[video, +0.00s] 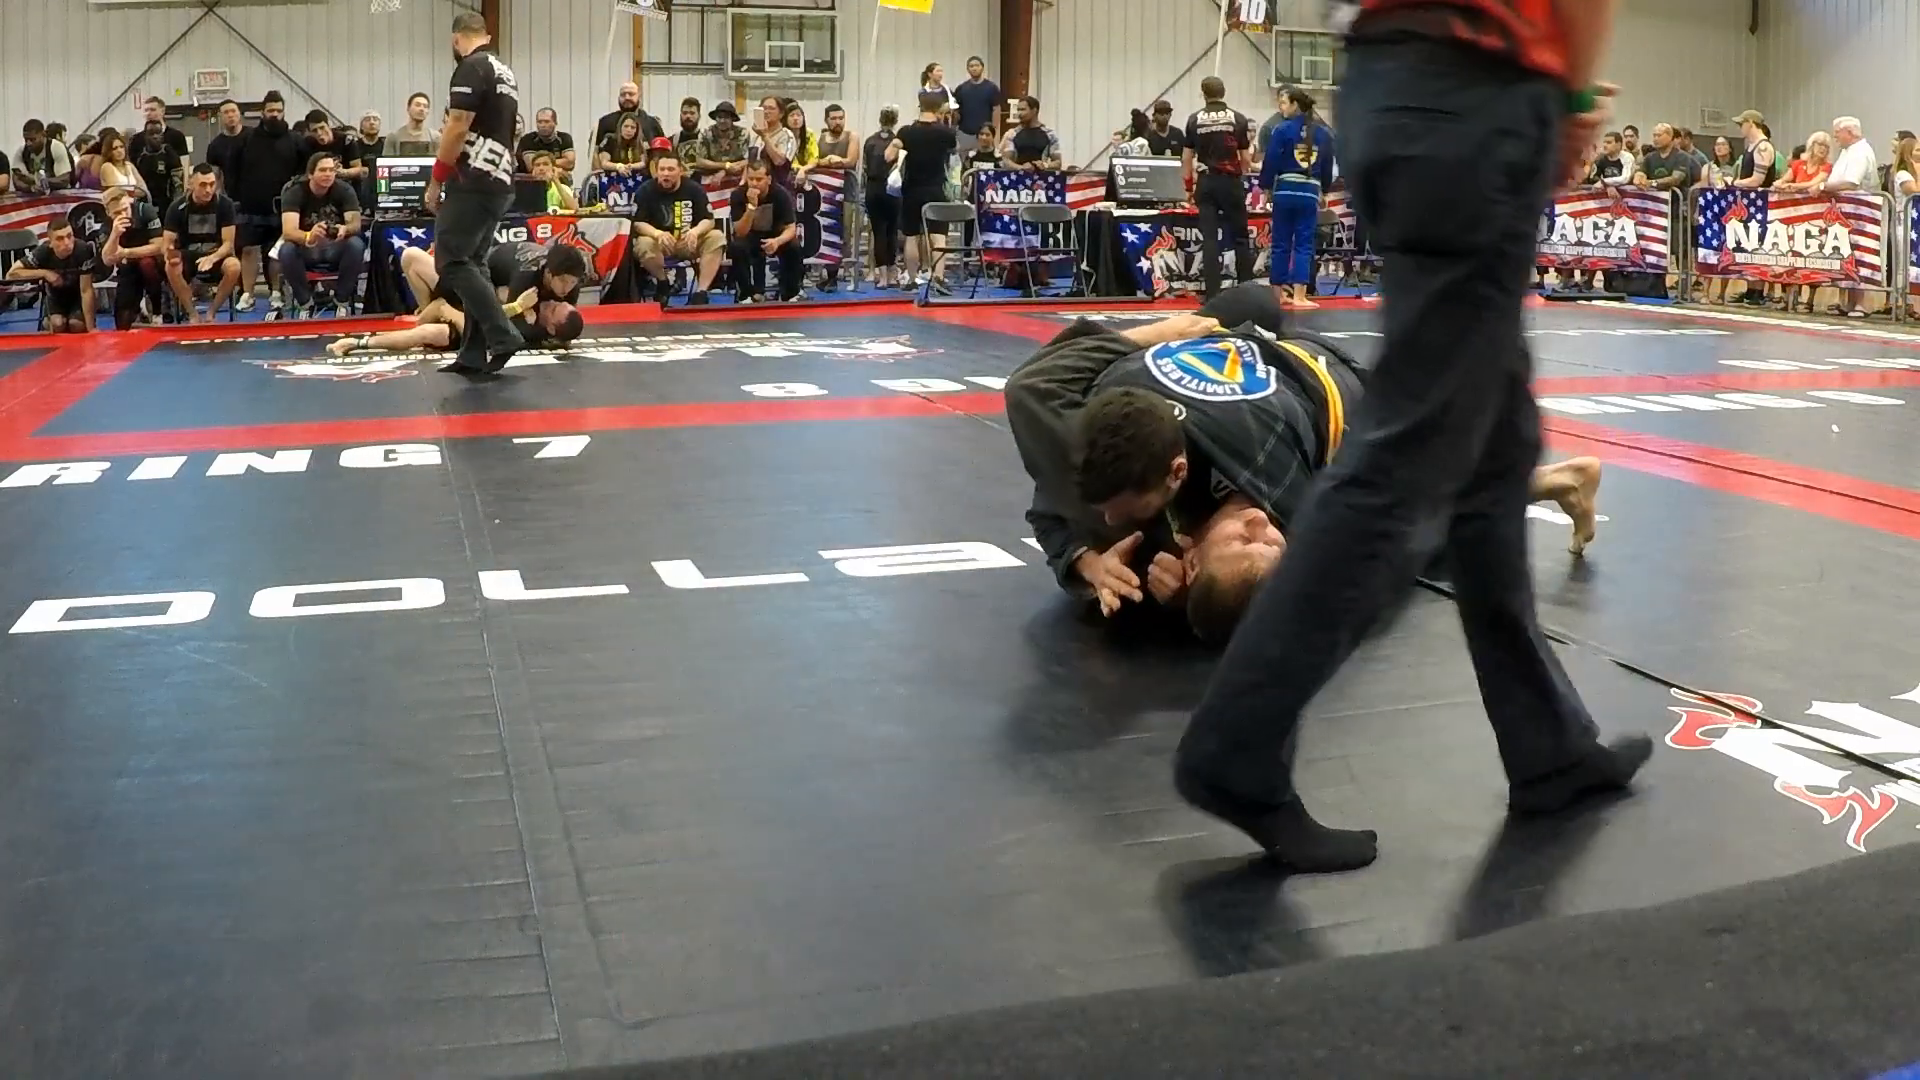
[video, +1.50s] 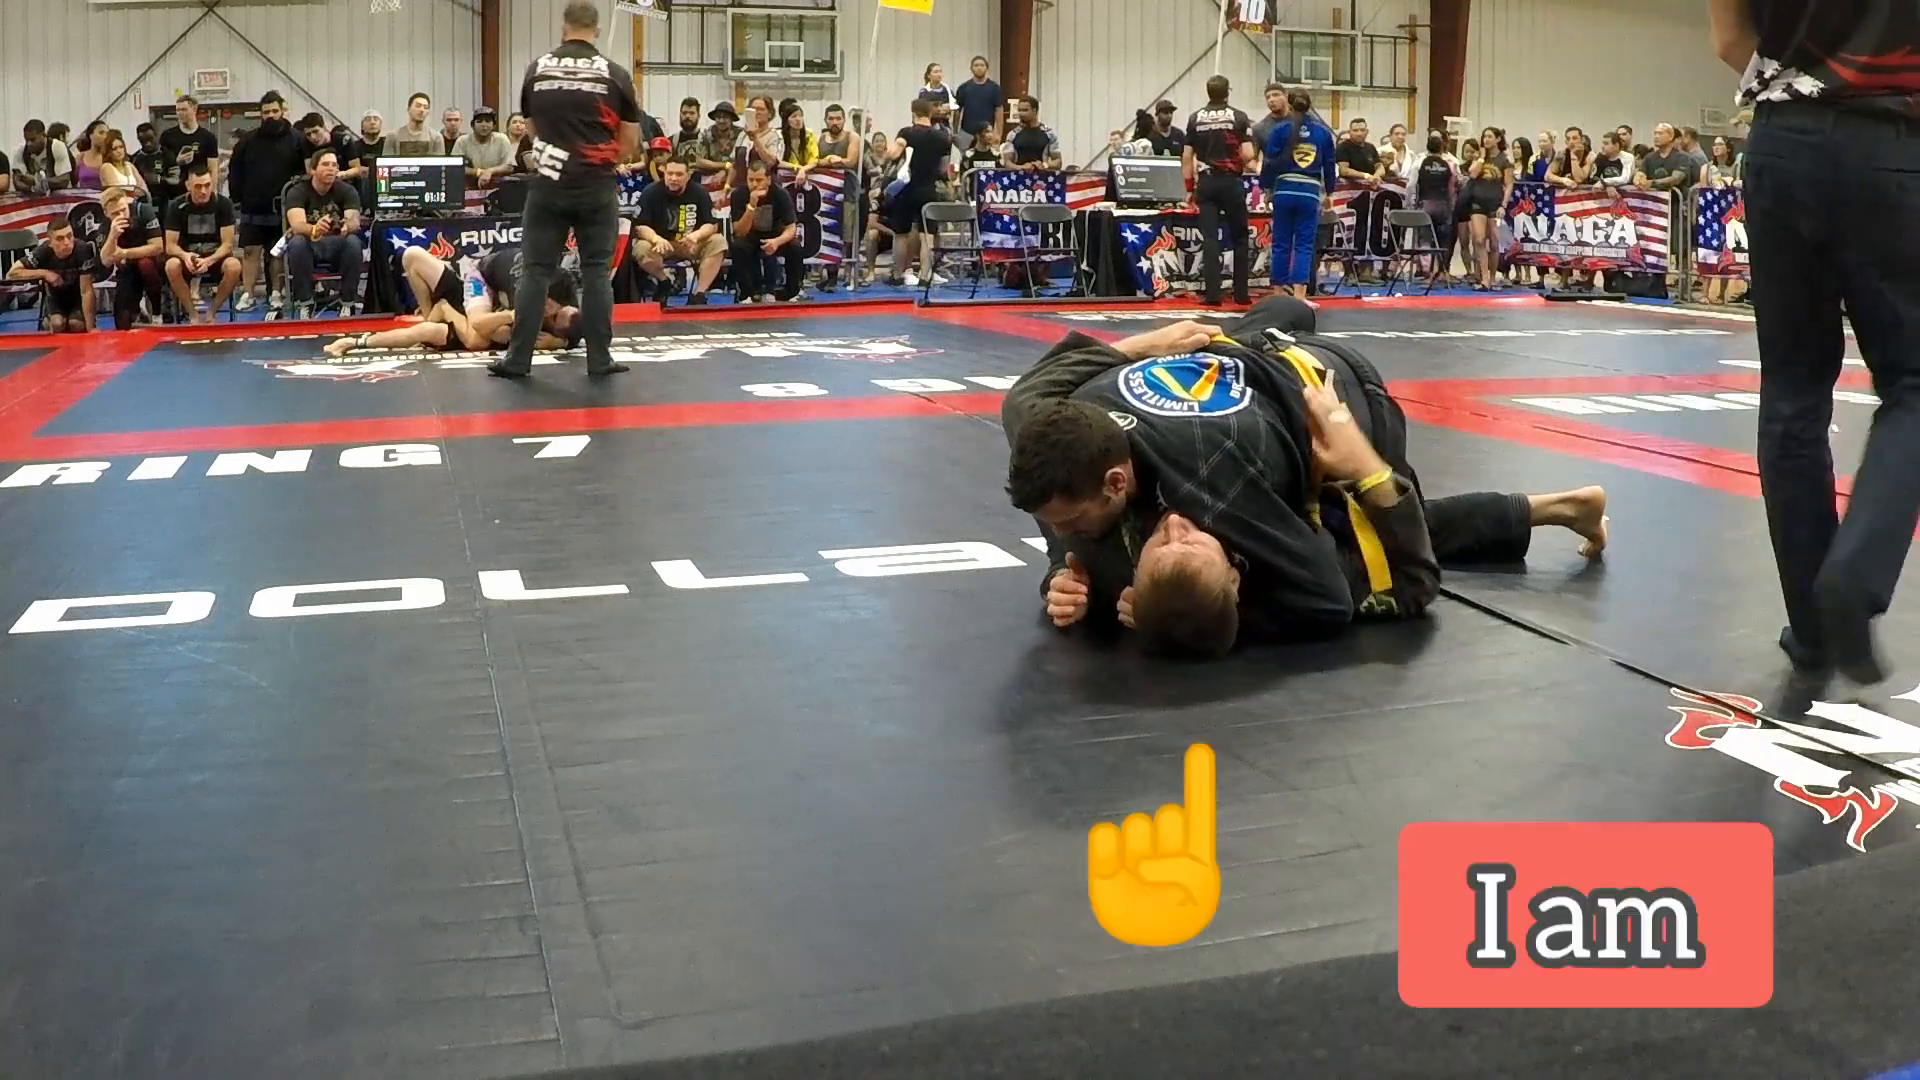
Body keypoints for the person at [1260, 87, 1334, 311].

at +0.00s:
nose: (1282, 108)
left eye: (1285, 104)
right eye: (1282, 103)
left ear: (1296, 106)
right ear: (1307, 107)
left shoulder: (1282, 129)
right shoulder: (1322, 132)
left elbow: (1271, 159)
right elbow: (1327, 164)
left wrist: (1265, 185)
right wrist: (1324, 190)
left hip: (1284, 189)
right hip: (1310, 191)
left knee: (1280, 241)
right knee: (1305, 242)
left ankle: (1278, 292)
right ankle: (1300, 295)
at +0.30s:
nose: (1283, 107)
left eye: (1286, 103)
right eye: (1284, 103)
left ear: (1295, 105)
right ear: (1308, 106)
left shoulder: (1283, 128)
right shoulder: (1324, 133)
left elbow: (1272, 161)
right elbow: (1328, 166)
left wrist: (1266, 187)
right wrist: (1326, 192)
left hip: (1284, 191)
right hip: (1311, 194)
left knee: (1281, 243)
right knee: (1305, 244)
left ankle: (1277, 294)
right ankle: (1300, 295)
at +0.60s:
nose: (1283, 107)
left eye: (1286, 103)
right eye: (1284, 103)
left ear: (1296, 105)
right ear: (1307, 106)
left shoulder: (1284, 128)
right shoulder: (1325, 133)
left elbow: (1273, 160)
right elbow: (1328, 167)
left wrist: (1267, 187)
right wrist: (1324, 191)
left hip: (1285, 189)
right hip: (1311, 192)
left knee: (1281, 242)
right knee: (1305, 243)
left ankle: (1278, 293)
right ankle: (1300, 295)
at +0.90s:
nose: (1286, 108)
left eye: (1288, 104)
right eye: (1288, 104)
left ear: (1294, 106)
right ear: (1309, 106)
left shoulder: (1282, 130)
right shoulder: (1324, 133)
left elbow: (1272, 163)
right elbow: (1328, 167)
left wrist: (1266, 188)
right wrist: (1324, 192)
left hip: (1285, 192)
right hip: (1311, 194)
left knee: (1281, 243)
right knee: (1305, 244)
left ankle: (1279, 294)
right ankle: (1300, 295)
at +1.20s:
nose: (1284, 105)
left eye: (1286, 102)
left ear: (1289, 105)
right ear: (1309, 105)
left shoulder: (1280, 131)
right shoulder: (1323, 132)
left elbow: (1270, 163)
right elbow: (1328, 165)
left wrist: (1266, 188)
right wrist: (1327, 191)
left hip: (1284, 192)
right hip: (1311, 194)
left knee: (1281, 243)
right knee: (1305, 244)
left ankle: (1279, 294)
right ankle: (1299, 294)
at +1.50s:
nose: (1283, 105)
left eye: (1286, 102)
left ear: (1290, 105)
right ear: (1308, 106)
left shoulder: (1280, 130)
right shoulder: (1322, 131)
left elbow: (1270, 161)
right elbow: (1329, 165)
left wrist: (1266, 188)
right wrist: (1329, 192)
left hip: (1284, 191)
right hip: (1310, 193)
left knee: (1281, 242)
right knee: (1304, 243)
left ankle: (1278, 291)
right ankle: (1300, 294)